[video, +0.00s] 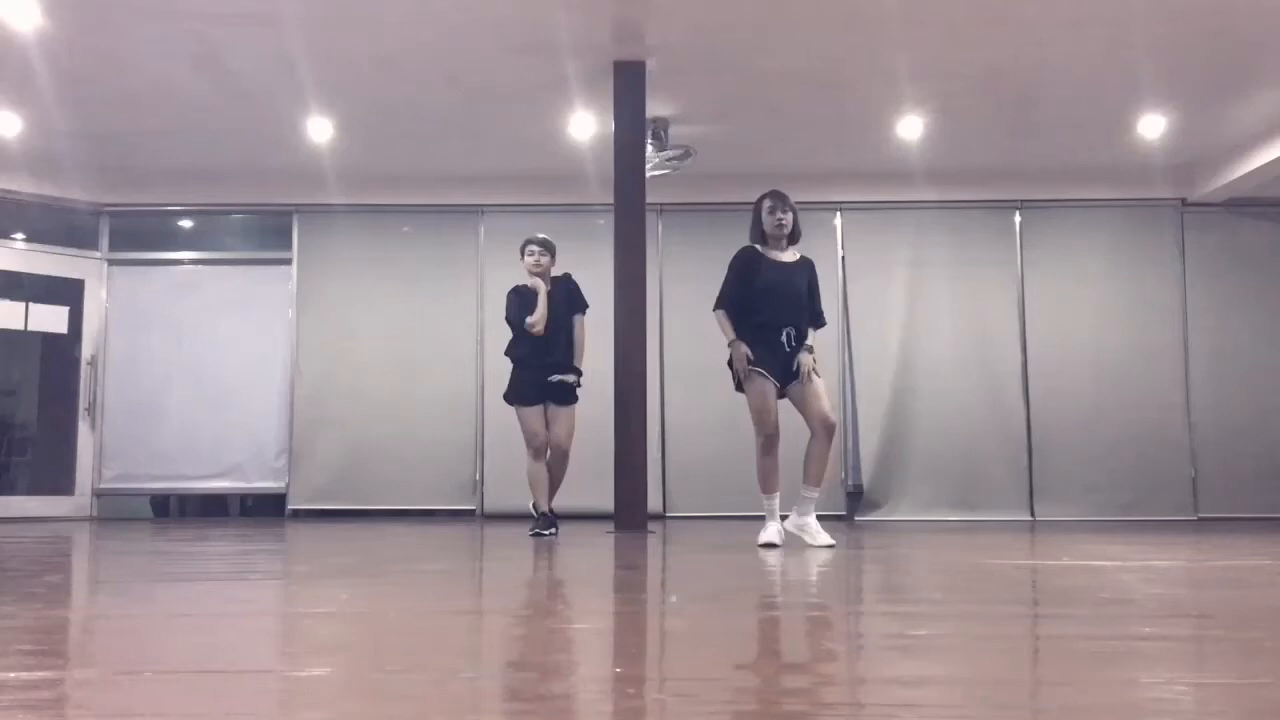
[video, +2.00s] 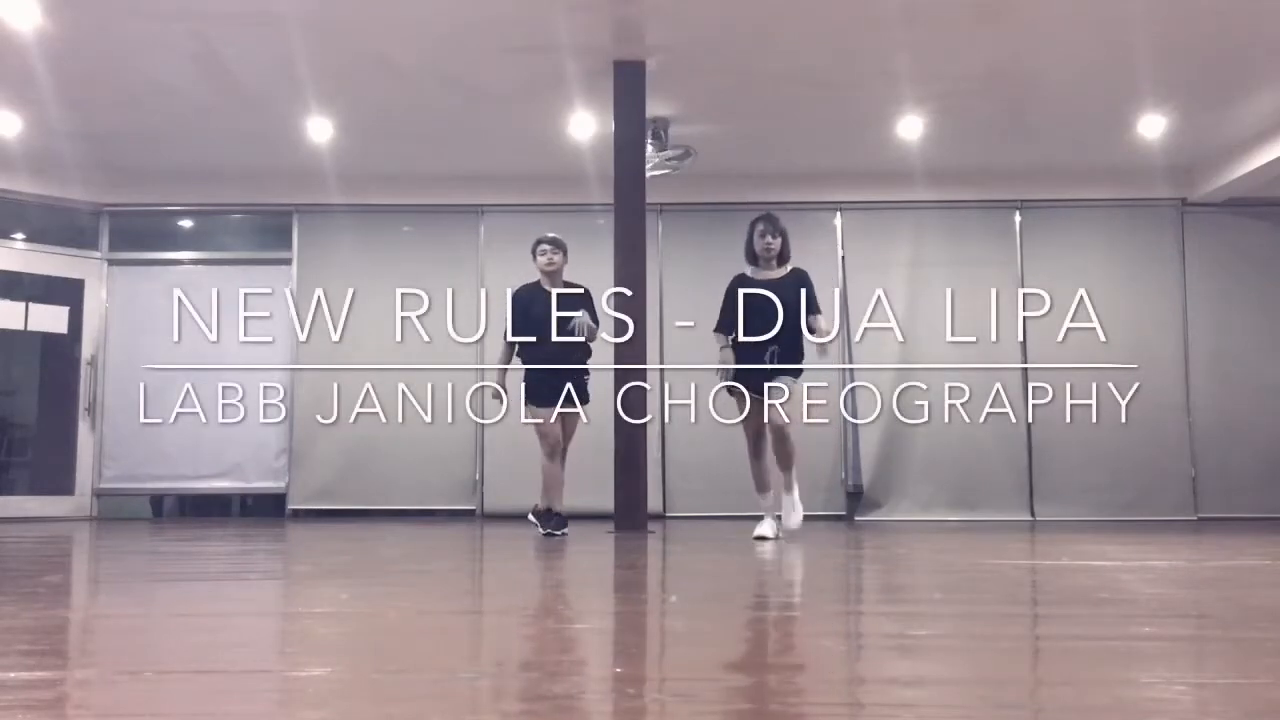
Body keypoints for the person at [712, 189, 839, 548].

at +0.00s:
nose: (779, 216)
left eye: (784, 210)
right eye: (771, 212)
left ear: (793, 218)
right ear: (759, 220)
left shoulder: (804, 264)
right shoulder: (747, 257)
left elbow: (810, 316)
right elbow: (721, 307)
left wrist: (807, 349)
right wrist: (734, 342)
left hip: (795, 355)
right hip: (757, 356)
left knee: (826, 425)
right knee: (768, 434)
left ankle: (804, 516)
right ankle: (771, 522)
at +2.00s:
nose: (768, 240)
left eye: (774, 235)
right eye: (762, 235)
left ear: (782, 240)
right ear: (752, 241)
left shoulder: (798, 277)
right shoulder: (740, 282)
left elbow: (812, 320)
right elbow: (723, 333)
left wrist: (823, 329)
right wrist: (728, 370)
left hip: (785, 368)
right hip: (747, 371)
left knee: (778, 422)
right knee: (756, 440)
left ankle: (790, 491)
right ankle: (769, 515)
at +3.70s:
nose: (819, 196)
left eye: (825, 190)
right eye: (810, 190)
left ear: (836, 197)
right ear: (797, 200)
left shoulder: (854, 245)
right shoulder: (784, 251)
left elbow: (860, 302)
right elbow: (768, 303)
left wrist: (854, 342)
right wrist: (757, 339)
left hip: (843, 341)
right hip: (795, 346)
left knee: (846, 406)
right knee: (814, 442)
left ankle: (859, 495)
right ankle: (835, 524)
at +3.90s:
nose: (831, 170)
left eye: (839, 164)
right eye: (822, 164)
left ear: (849, 174)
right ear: (808, 174)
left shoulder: (860, 228)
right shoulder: (790, 223)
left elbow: (869, 296)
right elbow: (777, 289)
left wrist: (887, 270)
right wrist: (777, 350)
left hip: (864, 328)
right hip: (812, 329)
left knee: (865, 422)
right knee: (840, 408)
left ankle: (845, 522)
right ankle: (817, 482)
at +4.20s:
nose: (853, 148)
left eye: (860, 141)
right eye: (843, 142)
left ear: (873, 150)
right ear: (827, 153)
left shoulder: (893, 199)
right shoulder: (810, 207)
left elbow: (924, 262)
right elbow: (770, 260)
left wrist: (952, 314)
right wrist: (792, 274)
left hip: (886, 326)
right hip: (828, 325)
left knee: (883, 440)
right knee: (850, 414)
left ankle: (840, 488)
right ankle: (874, 533)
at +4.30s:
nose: (857, 141)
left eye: (864, 133)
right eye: (846, 134)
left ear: (877, 141)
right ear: (832, 146)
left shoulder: (902, 188)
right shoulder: (823, 204)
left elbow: (933, 257)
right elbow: (789, 275)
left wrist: (933, 319)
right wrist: (811, 228)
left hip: (888, 308)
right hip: (828, 314)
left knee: (892, 393)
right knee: (851, 423)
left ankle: (872, 435)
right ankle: (875, 535)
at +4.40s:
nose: (859, 135)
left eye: (864, 125)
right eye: (847, 132)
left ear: (879, 130)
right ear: (836, 147)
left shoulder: (917, 181)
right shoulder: (834, 199)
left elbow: (930, 253)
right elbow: (812, 265)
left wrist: (916, 304)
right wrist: (843, 210)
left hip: (894, 292)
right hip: (835, 302)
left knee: (885, 350)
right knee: (854, 421)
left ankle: (888, 449)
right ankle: (877, 533)